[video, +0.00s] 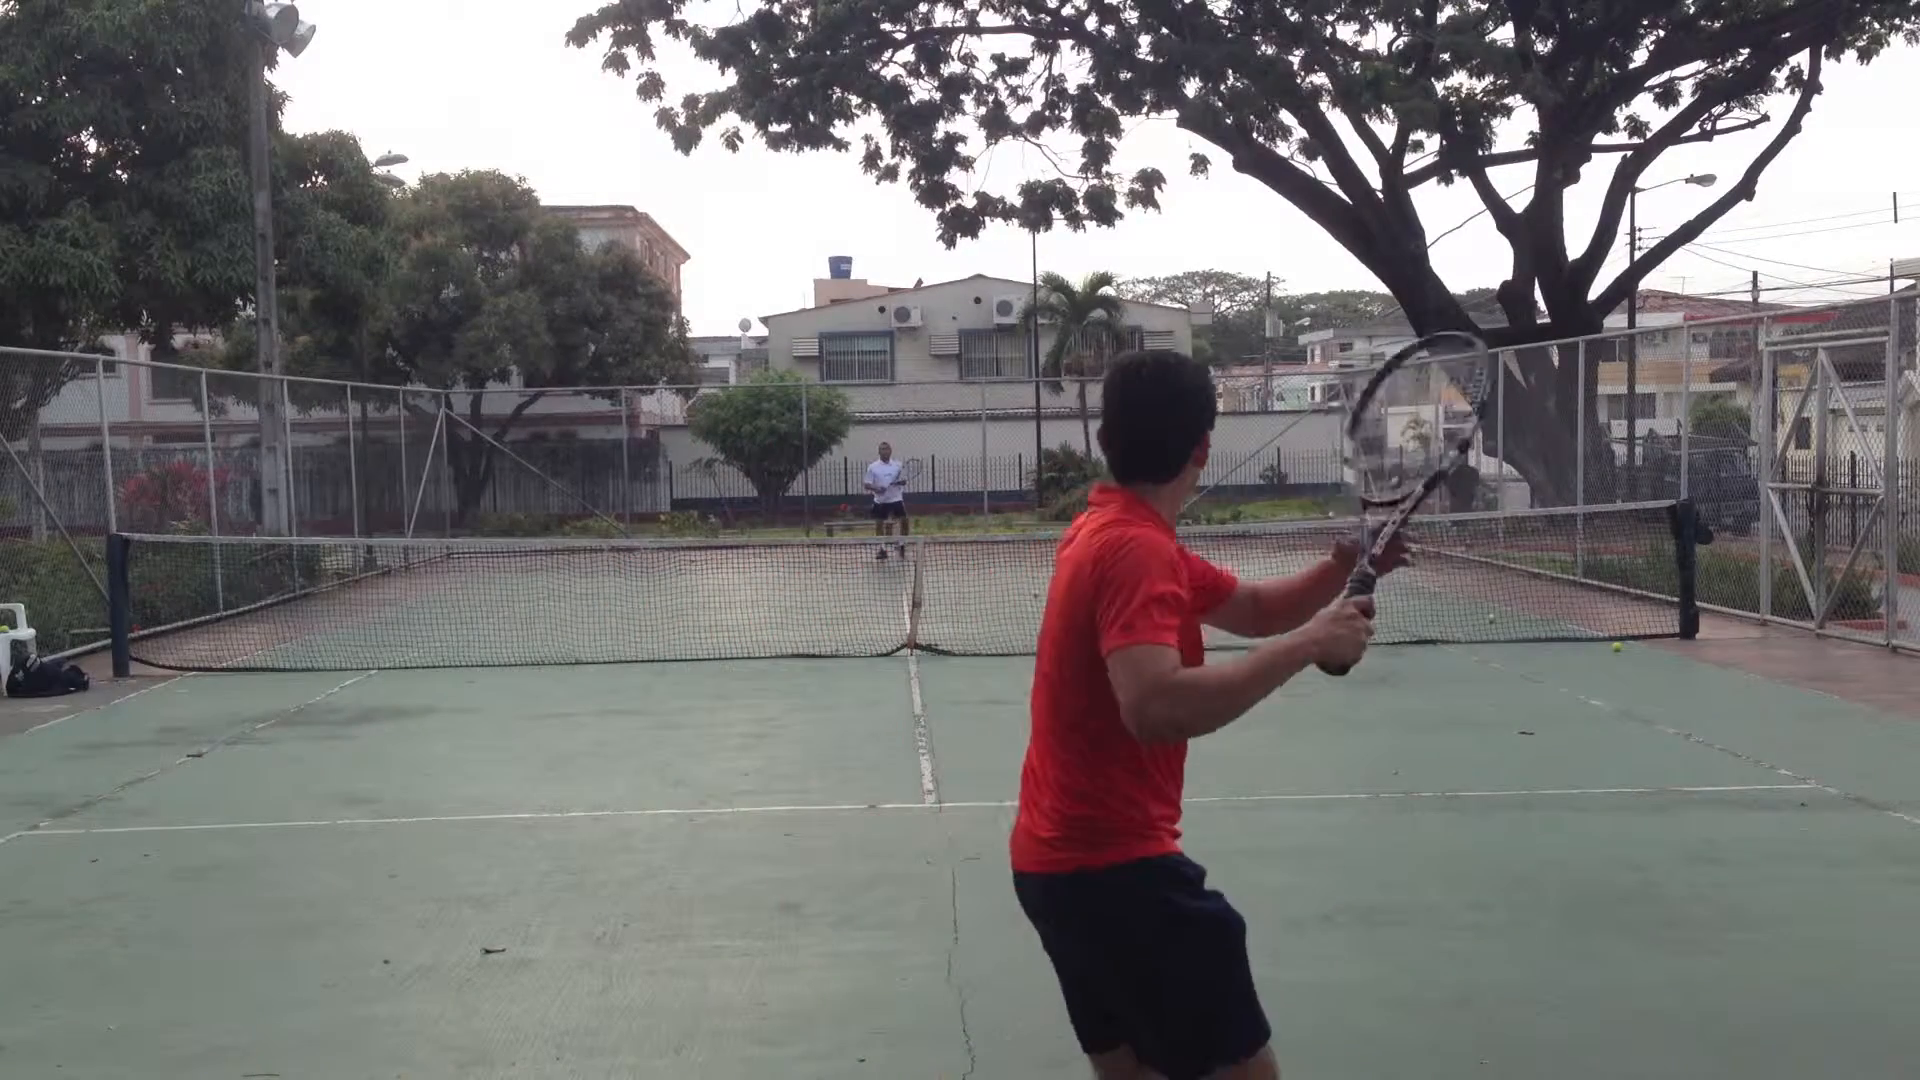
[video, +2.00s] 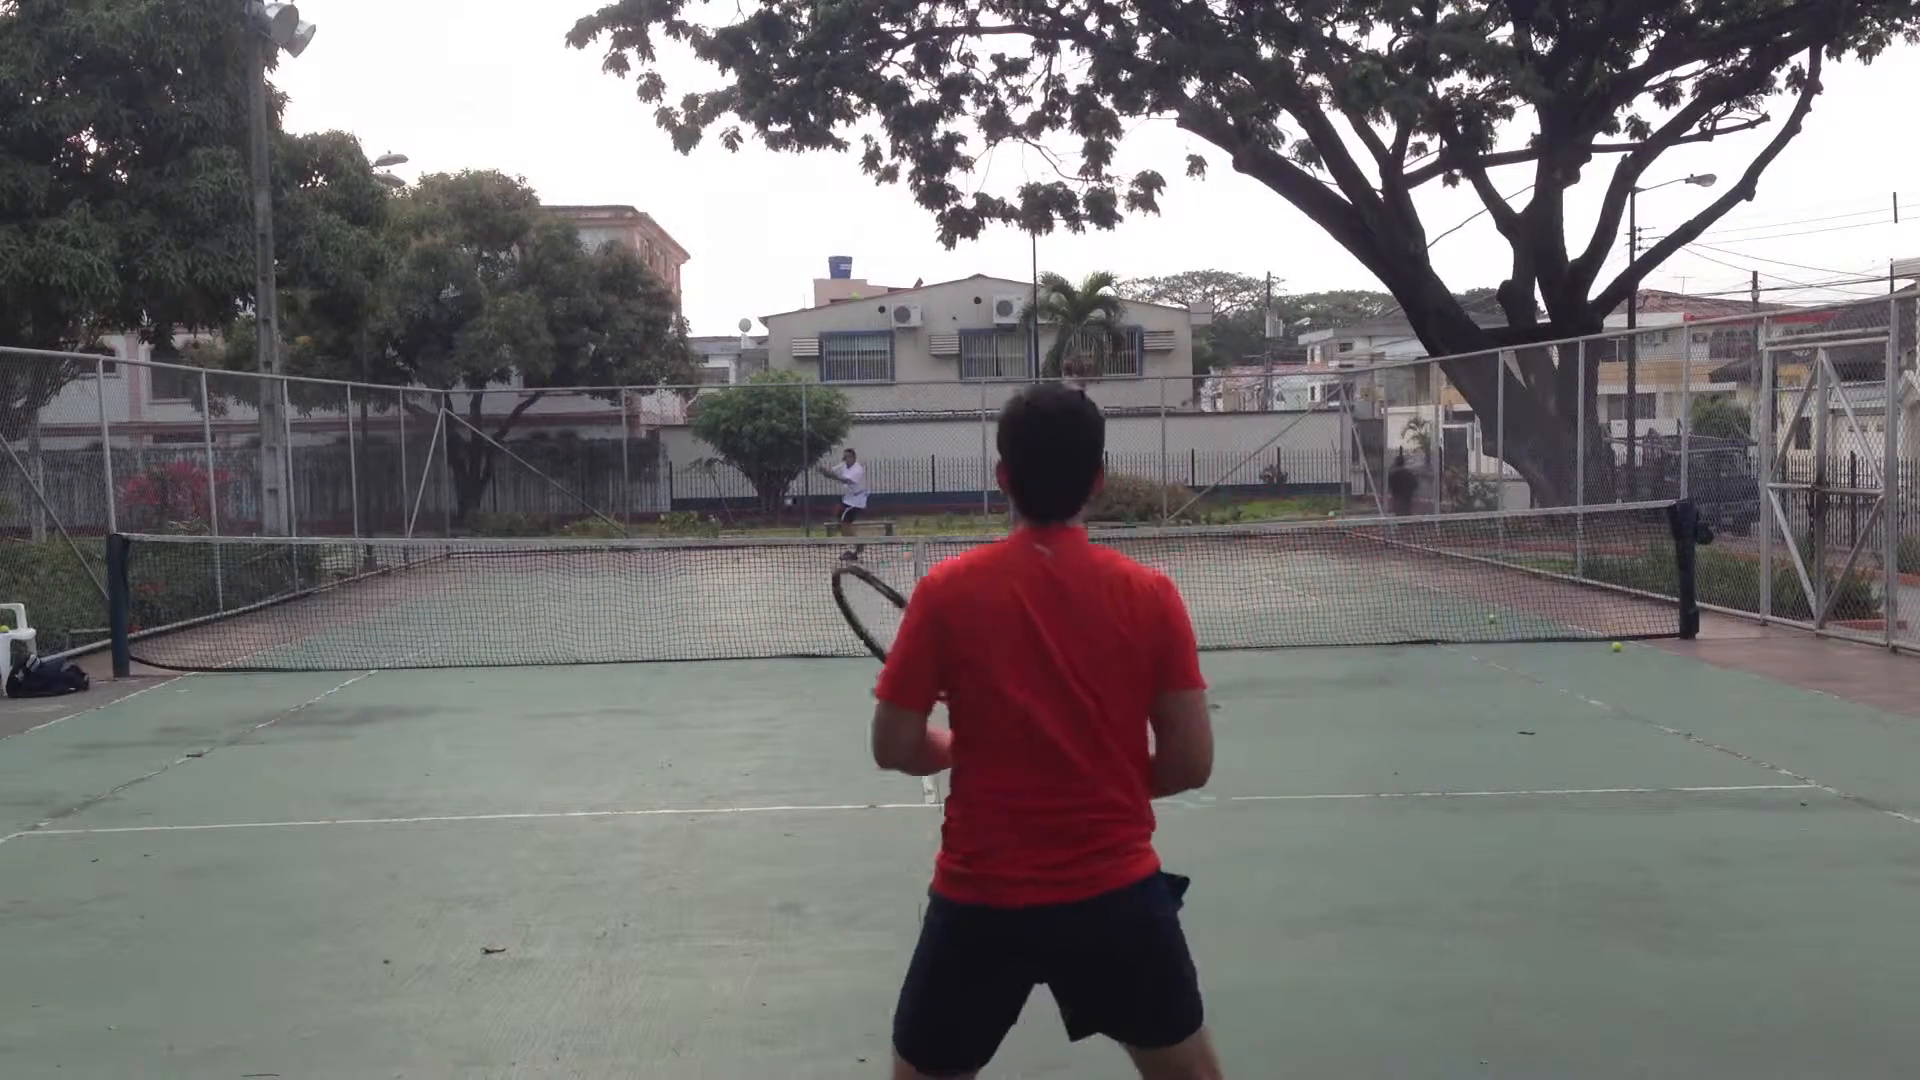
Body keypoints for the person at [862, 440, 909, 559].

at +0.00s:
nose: (885, 451)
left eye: (887, 449)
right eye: (882, 449)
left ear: (890, 451)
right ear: (879, 452)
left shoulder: (897, 465)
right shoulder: (873, 467)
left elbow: (903, 480)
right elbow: (867, 484)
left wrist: (899, 482)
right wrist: (876, 489)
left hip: (896, 500)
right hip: (880, 501)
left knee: (904, 521)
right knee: (879, 524)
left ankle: (902, 544)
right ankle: (881, 548)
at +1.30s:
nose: (888, 453)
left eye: (890, 450)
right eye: (886, 450)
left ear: (895, 451)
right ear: (884, 452)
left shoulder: (903, 465)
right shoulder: (878, 466)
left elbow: (910, 482)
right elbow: (869, 481)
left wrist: (899, 479)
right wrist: (879, 485)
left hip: (899, 501)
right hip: (884, 501)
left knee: (906, 525)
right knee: (882, 526)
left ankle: (914, 547)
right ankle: (883, 549)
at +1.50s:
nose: (876, 455)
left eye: (878, 452)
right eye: (874, 452)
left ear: (883, 453)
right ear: (872, 454)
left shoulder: (890, 466)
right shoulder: (868, 466)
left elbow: (893, 484)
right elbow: (854, 475)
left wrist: (881, 478)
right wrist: (867, 480)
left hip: (886, 500)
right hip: (872, 500)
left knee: (889, 525)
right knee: (870, 524)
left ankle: (887, 548)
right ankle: (879, 547)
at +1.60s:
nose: (871, 454)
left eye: (874, 451)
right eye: (869, 451)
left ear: (878, 453)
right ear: (867, 453)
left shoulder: (883, 466)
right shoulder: (863, 465)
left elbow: (887, 485)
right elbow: (848, 474)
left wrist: (874, 479)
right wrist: (858, 478)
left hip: (880, 499)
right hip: (867, 500)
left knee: (881, 523)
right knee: (868, 524)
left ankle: (892, 544)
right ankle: (880, 547)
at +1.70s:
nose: (867, 453)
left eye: (869, 450)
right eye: (865, 450)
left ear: (872, 452)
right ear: (861, 452)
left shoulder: (877, 465)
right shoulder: (857, 463)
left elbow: (879, 480)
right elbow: (845, 469)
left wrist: (878, 483)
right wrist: (846, 472)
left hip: (874, 495)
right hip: (863, 495)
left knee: (867, 516)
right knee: (865, 520)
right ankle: (874, 539)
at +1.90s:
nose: (853, 455)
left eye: (855, 453)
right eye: (851, 453)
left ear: (860, 453)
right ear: (849, 454)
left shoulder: (862, 465)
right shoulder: (848, 462)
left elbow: (859, 479)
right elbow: (838, 467)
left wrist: (841, 475)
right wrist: (835, 466)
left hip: (862, 498)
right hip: (853, 497)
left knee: (854, 524)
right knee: (854, 525)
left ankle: (853, 549)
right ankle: (871, 545)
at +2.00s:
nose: (846, 460)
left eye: (848, 457)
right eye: (845, 457)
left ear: (854, 458)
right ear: (844, 458)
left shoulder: (858, 470)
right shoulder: (844, 466)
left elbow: (847, 480)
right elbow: (833, 472)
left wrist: (828, 474)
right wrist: (824, 471)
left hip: (857, 500)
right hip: (848, 498)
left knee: (844, 523)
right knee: (842, 522)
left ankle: (854, 548)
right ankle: (858, 542)